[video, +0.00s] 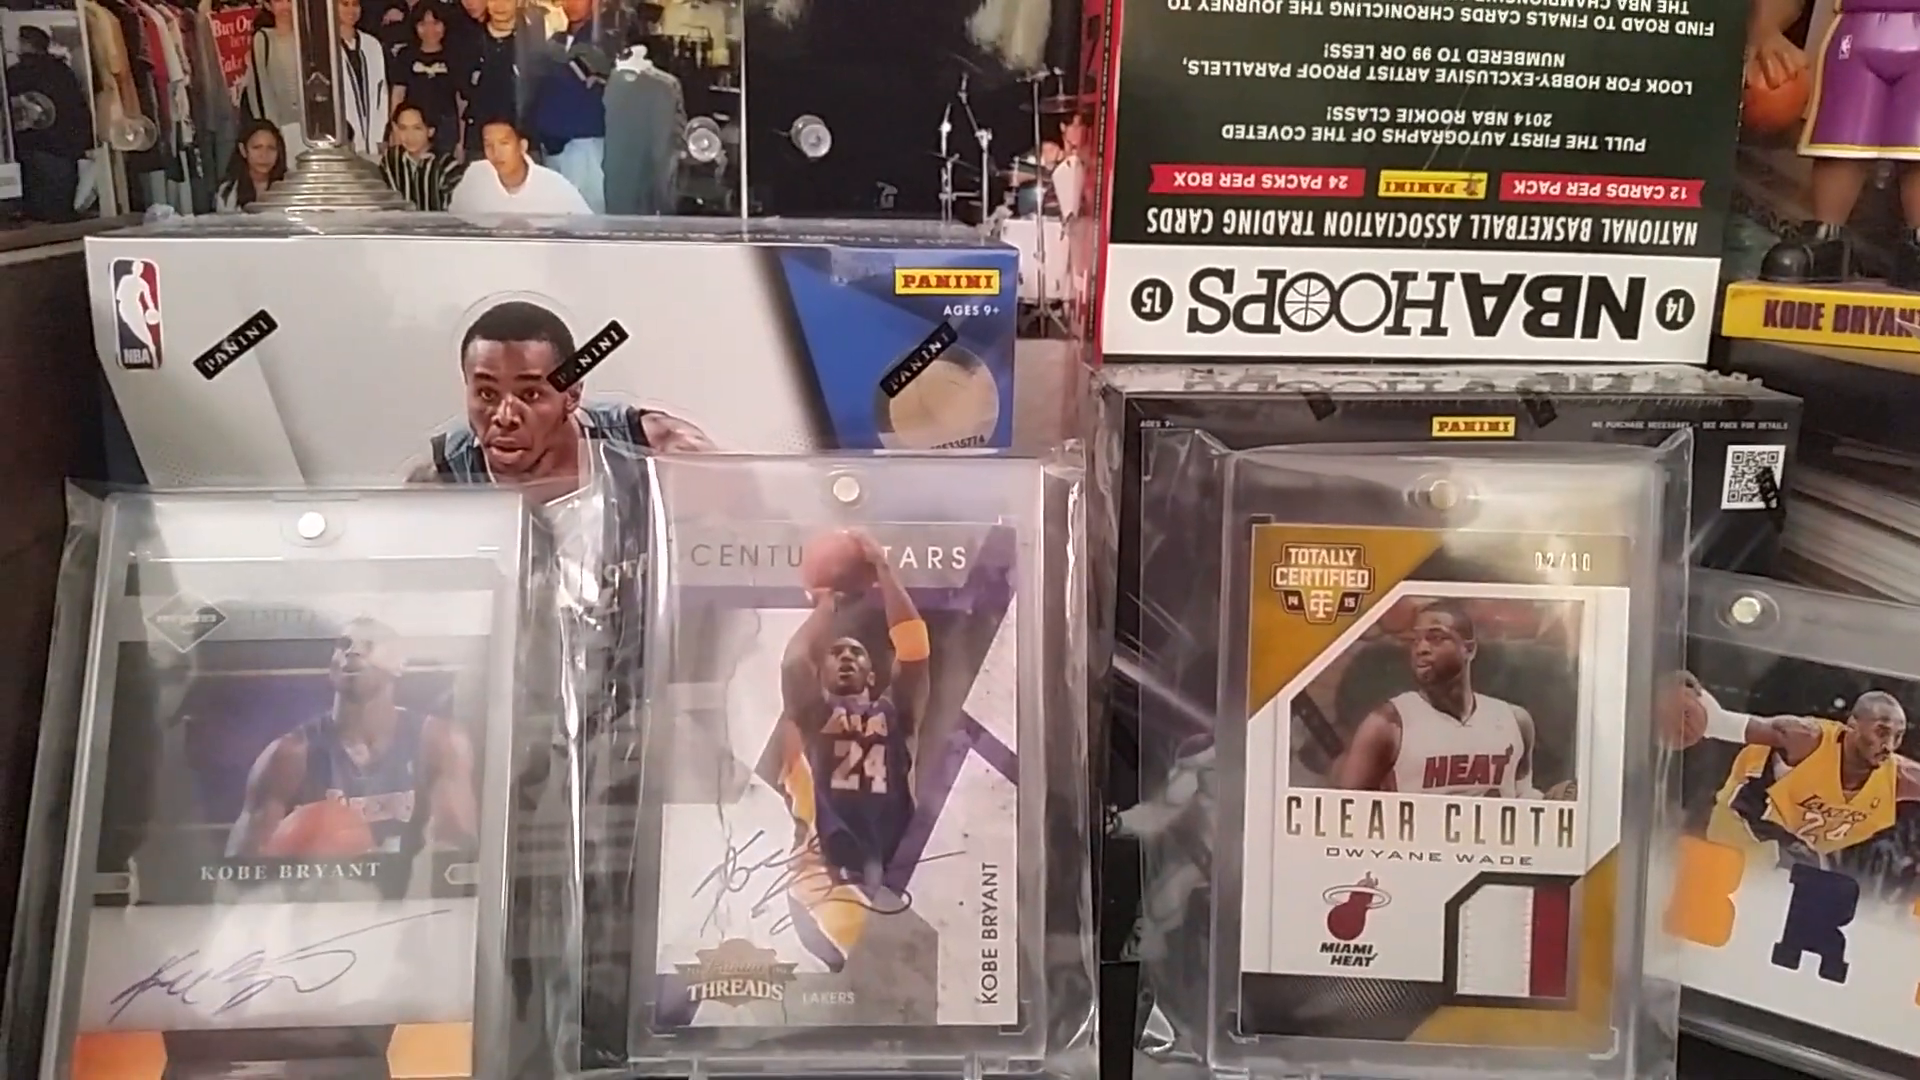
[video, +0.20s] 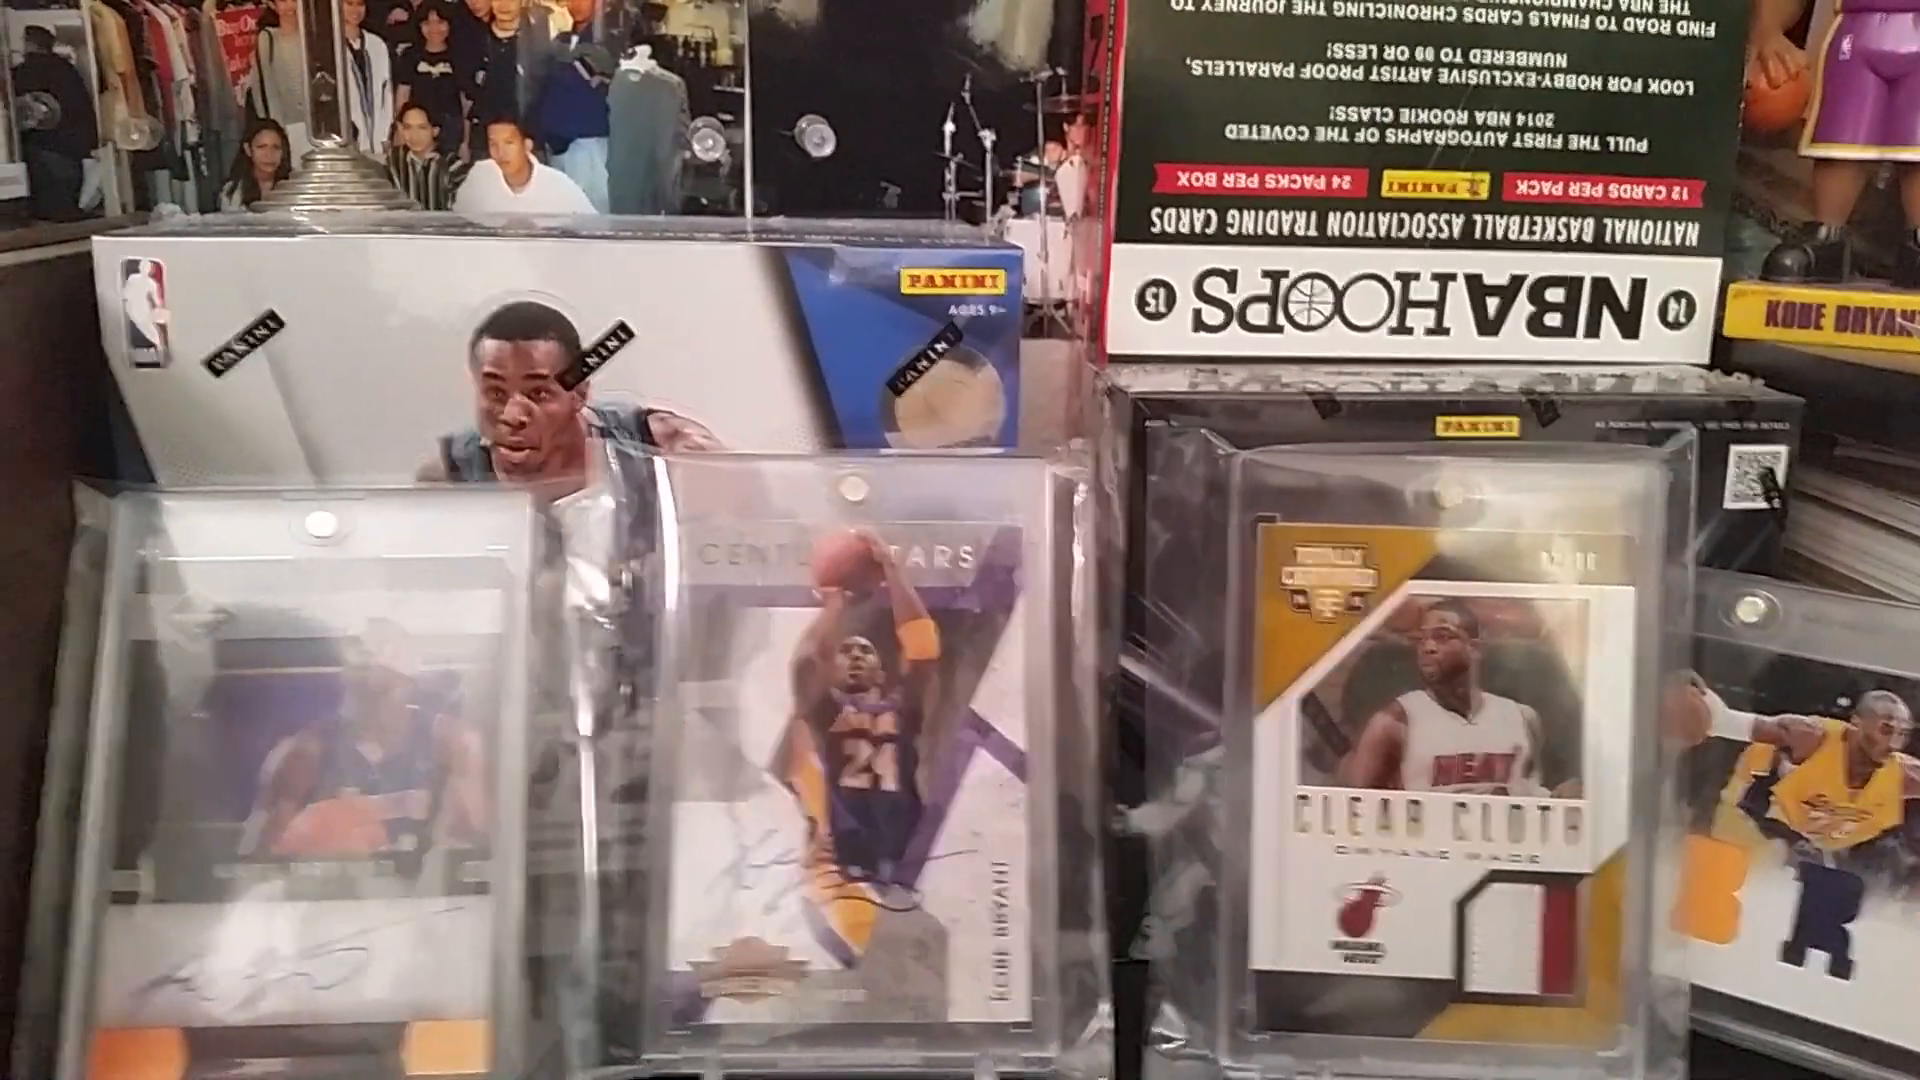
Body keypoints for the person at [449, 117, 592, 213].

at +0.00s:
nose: (496, 153)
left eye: (504, 144)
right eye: (489, 146)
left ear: (522, 146)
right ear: (484, 150)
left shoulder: (554, 184)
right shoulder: (476, 175)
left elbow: (590, 229)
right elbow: (452, 223)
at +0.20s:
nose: (501, 153)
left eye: (509, 143)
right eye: (493, 145)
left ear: (527, 146)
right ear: (488, 148)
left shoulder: (558, 184)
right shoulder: (480, 176)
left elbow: (595, 229)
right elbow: (456, 223)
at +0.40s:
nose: (545, 152)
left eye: (554, 143)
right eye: (538, 144)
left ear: (572, 146)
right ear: (533, 147)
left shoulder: (602, 184)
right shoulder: (525, 174)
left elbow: (636, 228)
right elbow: (503, 222)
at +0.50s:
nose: (562, 153)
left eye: (570, 145)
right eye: (555, 146)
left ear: (588, 148)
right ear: (550, 148)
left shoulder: (618, 186)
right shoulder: (542, 176)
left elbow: (653, 230)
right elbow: (520, 223)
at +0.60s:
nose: (570, 155)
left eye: (578, 146)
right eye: (563, 147)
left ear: (596, 149)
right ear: (558, 152)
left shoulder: (626, 186)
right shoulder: (550, 177)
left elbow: (660, 232)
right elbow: (526, 225)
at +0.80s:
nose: (559, 155)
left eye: (567, 146)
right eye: (552, 148)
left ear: (585, 149)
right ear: (547, 152)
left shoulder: (615, 186)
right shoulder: (539, 177)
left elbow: (650, 232)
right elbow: (516, 224)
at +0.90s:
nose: (528, 155)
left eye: (537, 145)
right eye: (522, 148)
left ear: (556, 149)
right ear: (517, 153)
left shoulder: (584, 186)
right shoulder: (507, 178)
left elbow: (618, 230)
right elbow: (484, 225)